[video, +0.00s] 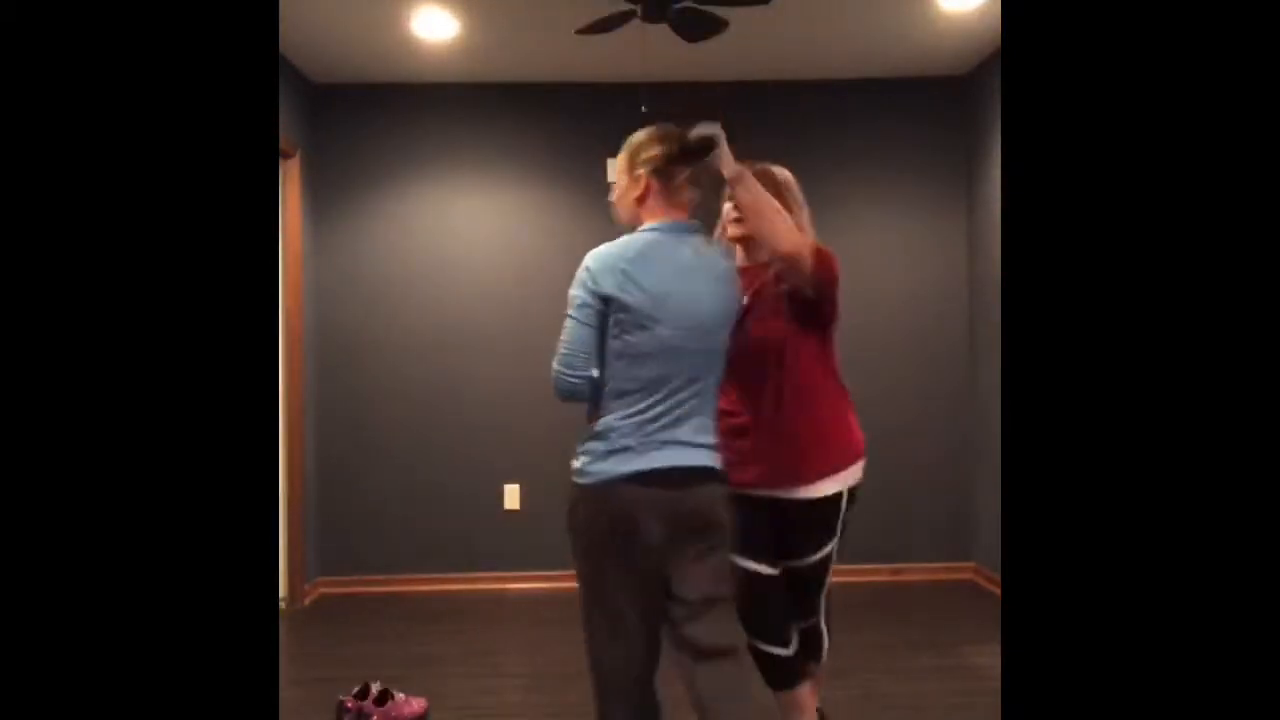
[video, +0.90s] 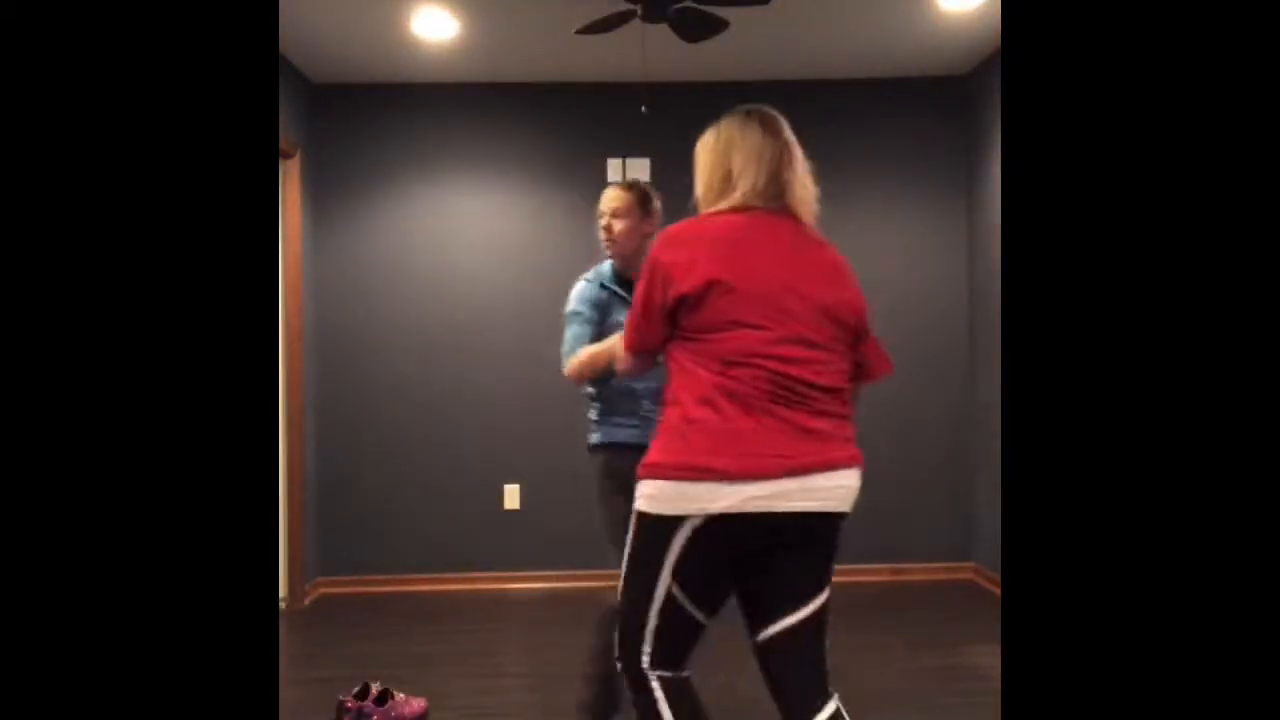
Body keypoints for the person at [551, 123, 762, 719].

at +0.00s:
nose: (612, 193)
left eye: (618, 180)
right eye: (614, 180)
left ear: (644, 184)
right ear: (687, 186)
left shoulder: (606, 263)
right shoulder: (724, 265)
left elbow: (571, 379)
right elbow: (720, 358)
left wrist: (627, 383)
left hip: (615, 490)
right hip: (701, 485)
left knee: (622, 664)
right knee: (717, 653)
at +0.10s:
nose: (585, 202)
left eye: (592, 188)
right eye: (588, 188)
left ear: (629, 192)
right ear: (653, 193)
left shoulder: (603, 261)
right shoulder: (697, 262)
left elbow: (562, 373)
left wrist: (602, 375)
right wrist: (649, 142)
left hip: (599, 484)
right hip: (668, 484)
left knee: (608, 650)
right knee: (653, 626)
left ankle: (622, 718)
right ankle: (688, 709)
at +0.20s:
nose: (570, 200)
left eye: (582, 188)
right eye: (574, 187)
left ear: (625, 197)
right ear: (630, 197)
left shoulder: (607, 263)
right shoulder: (668, 259)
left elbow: (566, 369)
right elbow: (664, 352)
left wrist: (587, 331)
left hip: (599, 466)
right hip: (643, 459)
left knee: (584, 617)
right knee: (597, 615)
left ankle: (619, 713)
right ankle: (624, 710)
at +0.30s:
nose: (573, 208)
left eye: (587, 195)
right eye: (572, 196)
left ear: (626, 202)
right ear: (574, 201)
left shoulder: (630, 265)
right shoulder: (617, 258)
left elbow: (605, 365)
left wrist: (559, 346)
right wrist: (566, 152)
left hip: (609, 461)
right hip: (591, 455)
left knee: (575, 606)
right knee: (548, 589)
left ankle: (605, 711)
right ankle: (584, 703)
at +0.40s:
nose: (573, 215)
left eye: (583, 204)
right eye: (571, 204)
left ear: (618, 209)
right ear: (576, 210)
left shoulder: (646, 269)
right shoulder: (577, 255)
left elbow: (662, 356)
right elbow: (497, 243)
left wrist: (602, 368)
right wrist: (518, 227)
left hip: (610, 456)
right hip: (573, 452)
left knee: (575, 606)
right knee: (549, 602)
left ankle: (605, 711)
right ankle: (574, 710)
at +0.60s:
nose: (560, 220)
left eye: (573, 211)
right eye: (559, 210)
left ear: (612, 218)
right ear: (558, 216)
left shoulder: (644, 274)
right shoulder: (554, 273)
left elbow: (684, 337)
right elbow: (502, 314)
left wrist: (676, 404)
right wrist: (564, 311)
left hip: (622, 452)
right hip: (560, 450)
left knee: (613, 585)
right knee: (556, 584)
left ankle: (639, 708)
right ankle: (568, 706)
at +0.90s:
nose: (607, 228)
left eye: (619, 218)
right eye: (603, 219)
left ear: (652, 222)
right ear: (600, 228)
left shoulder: (676, 284)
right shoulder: (593, 290)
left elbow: (699, 346)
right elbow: (576, 366)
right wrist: (634, 336)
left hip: (678, 438)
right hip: (621, 442)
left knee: (667, 579)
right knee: (640, 579)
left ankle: (655, 695)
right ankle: (602, 700)